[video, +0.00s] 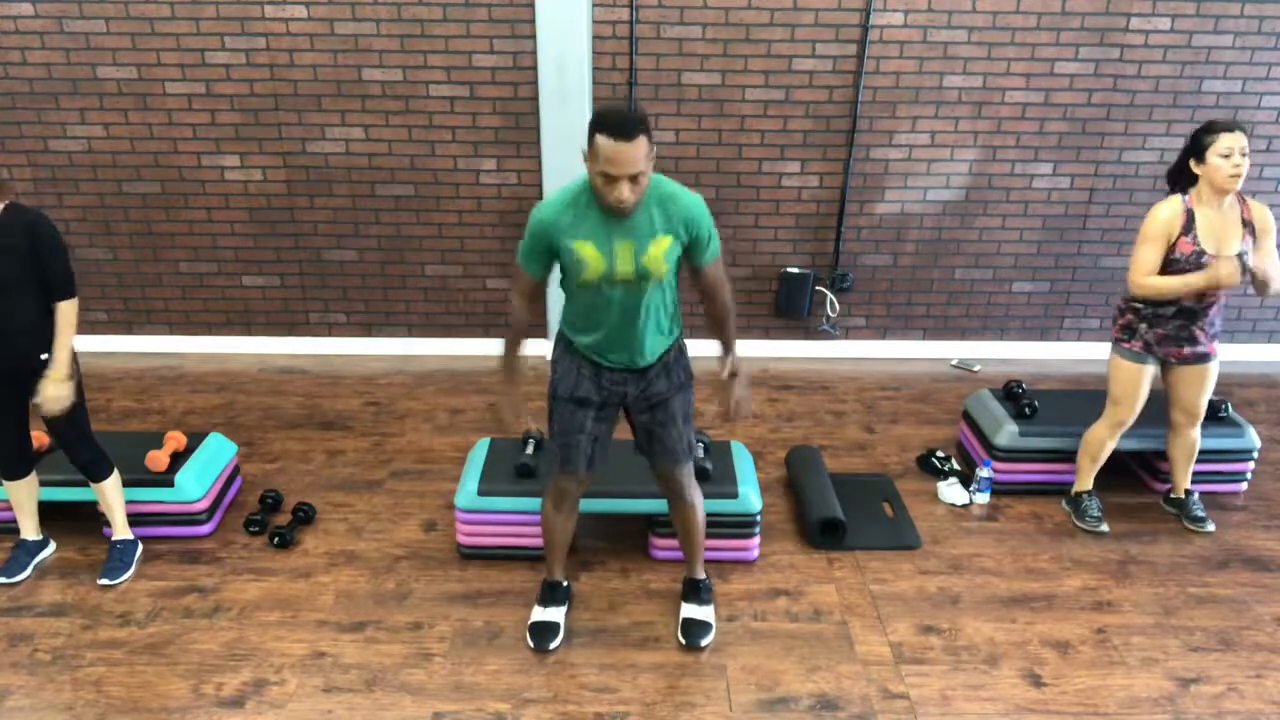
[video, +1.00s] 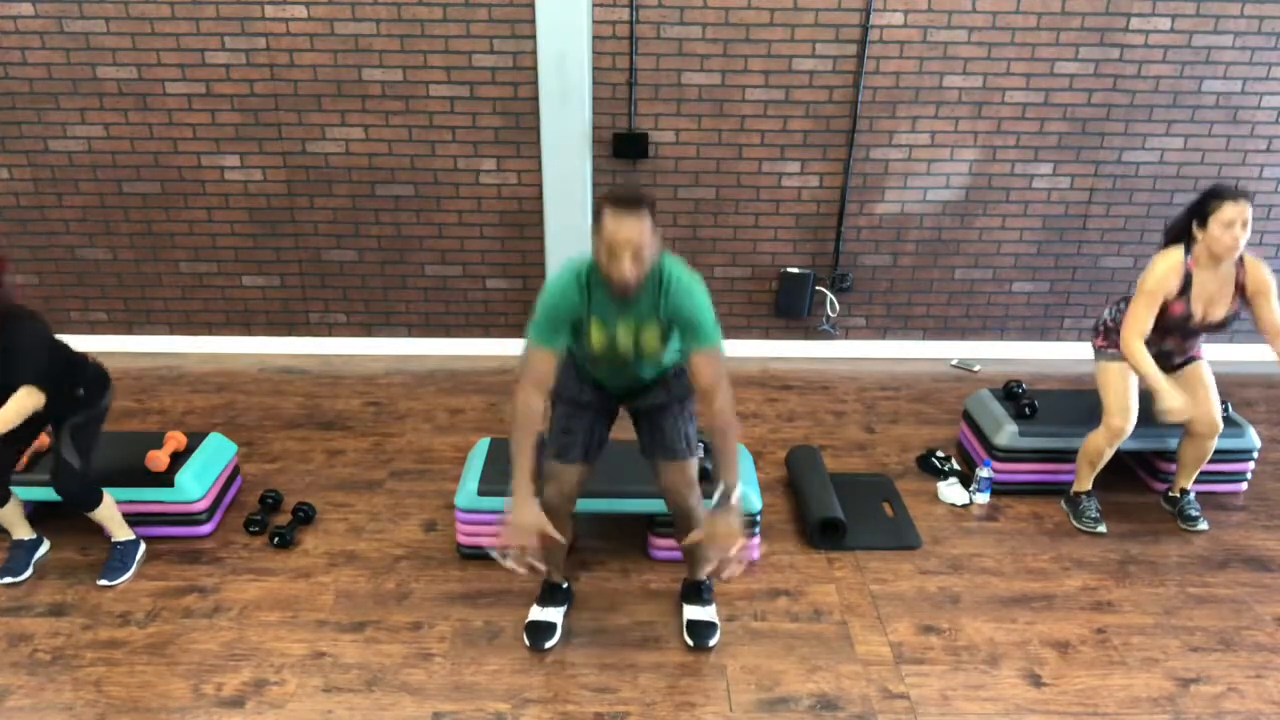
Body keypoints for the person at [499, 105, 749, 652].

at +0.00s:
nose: (623, 192)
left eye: (635, 177)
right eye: (609, 178)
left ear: (652, 161)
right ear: (587, 162)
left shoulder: (685, 211)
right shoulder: (551, 220)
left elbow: (715, 286)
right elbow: (525, 296)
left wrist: (732, 360)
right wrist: (510, 368)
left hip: (660, 364)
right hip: (583, 364)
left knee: (677, 477)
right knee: (566, 481)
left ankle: (697, 583)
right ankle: (553, 586)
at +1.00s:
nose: (625, 267)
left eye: (637, 253)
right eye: (612, 252)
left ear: (655, 244)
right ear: (595, 244)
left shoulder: (682, 288)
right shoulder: (566, 288)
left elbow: (715, 391)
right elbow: (530, 389)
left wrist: (729, 498)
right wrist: (522, 497)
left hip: (660, 379)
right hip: (585, 378)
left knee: (681, 493)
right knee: (556, 492)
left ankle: (698, 584)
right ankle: (554, 586)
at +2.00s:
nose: (629, 238)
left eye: (640, 222)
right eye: (615, 224)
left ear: (656, 209)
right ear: (594, 211)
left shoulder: (685, 255)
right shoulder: (563, 263)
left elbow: (709, 358)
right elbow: (547, 365)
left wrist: (716, 453)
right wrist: (540, 467)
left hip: (665, 372)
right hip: (588, 377)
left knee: (690, 483)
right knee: (561, 483)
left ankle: (702, 583)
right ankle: (554, 586)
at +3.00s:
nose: (622, 224)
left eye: (634, 210)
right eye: (610, 210)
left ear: (651, 192)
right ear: (588, 192)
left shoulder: (680, 238)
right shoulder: (555, 244)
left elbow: (734, 329)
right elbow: (506, 333)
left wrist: (765, 416)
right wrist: (484, 428)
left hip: (659, 367)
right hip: (582, 368)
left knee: (683, 484)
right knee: (561, 486)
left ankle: (701, 586)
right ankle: (554, 588)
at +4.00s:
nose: (622, 303)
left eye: (634, 288)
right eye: (608, 288)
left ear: (652, 271)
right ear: (589, 273)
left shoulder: (683, 306)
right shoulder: (564, 313)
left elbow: (710, 408)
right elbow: (544, 410)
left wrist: (707, 501)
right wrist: (545, 500)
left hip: (663, 395)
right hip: (590, 398)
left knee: (690, 492)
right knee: (558, 497)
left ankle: (704, 584)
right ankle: (556, 585)